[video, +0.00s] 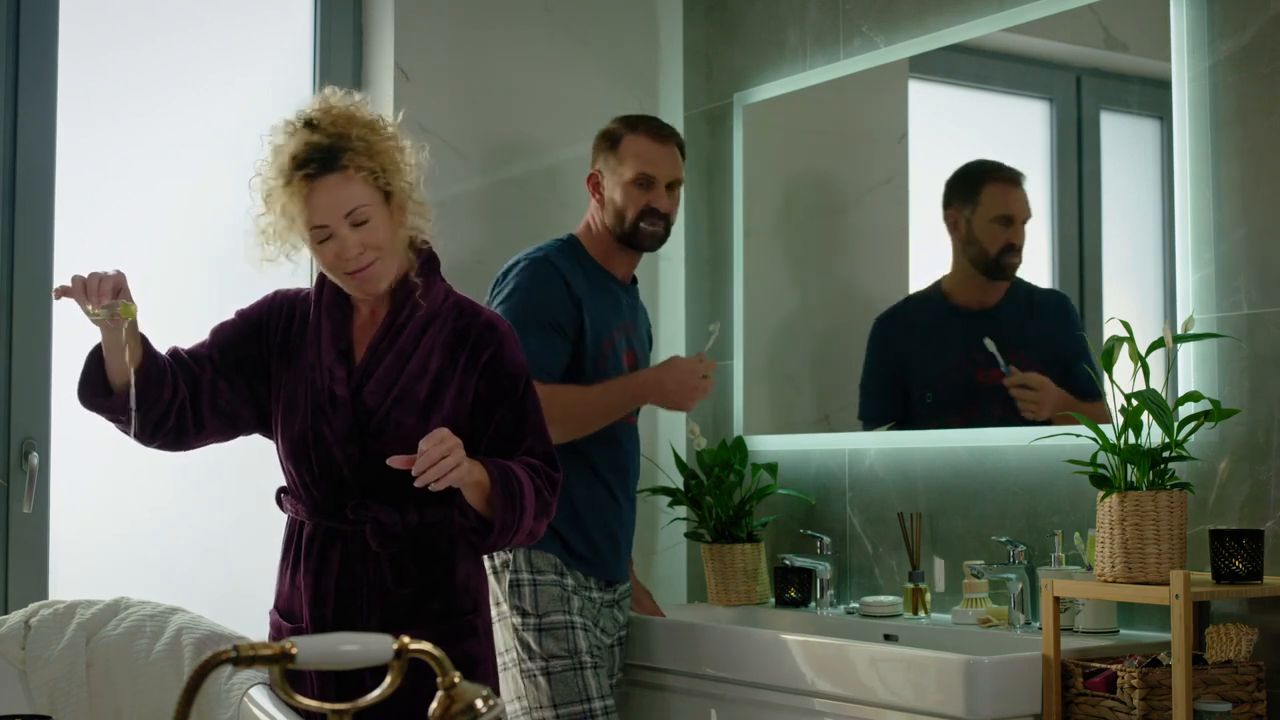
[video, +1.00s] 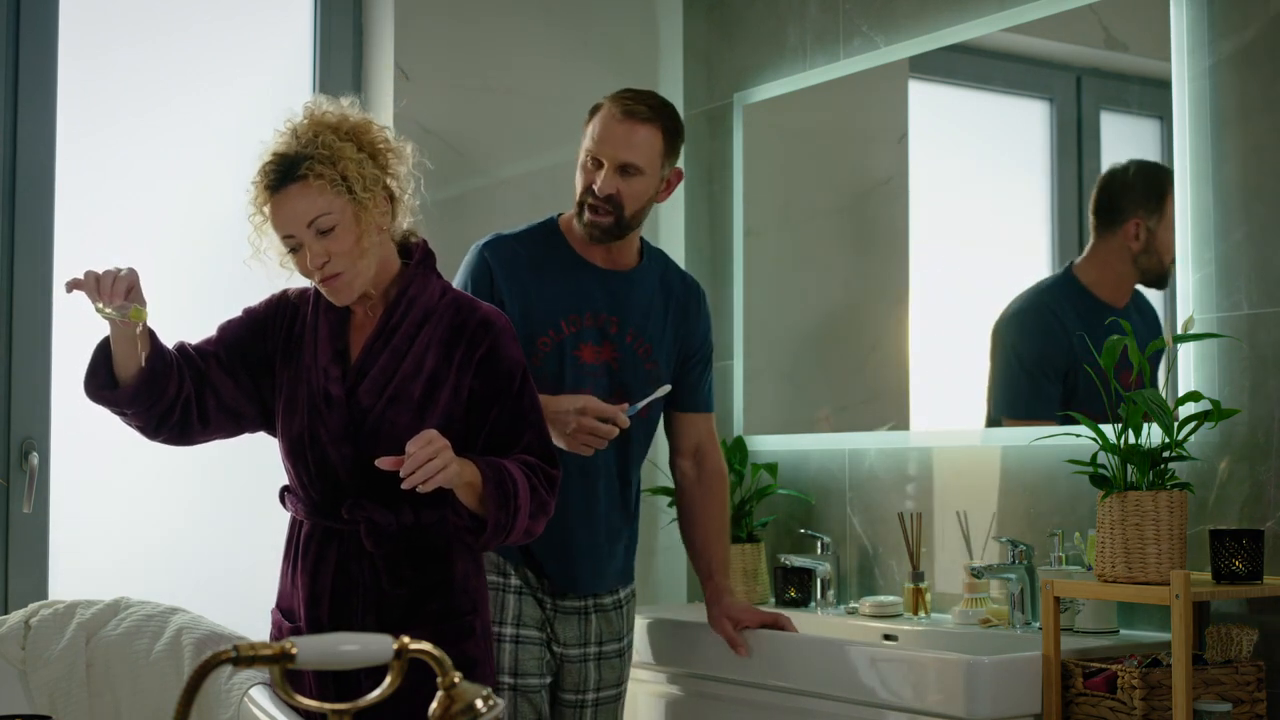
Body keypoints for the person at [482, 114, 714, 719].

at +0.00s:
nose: (660, 203)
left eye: (672, 187)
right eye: (642, 183)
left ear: (681, 193)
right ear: (597, 185)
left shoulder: (630, 304)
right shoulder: (539, 279)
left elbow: (603, 461)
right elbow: (514, 413)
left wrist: (626, 579)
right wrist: (646, 387)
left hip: (601, 577)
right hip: (541, 567)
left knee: (587, 708)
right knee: (570, 710)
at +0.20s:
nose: (641, 189)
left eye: (658, 175)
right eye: (624, 170)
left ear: (673, 186)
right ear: (588, 176)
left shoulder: (640, 300)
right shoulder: (526, 278)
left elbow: (608, 448)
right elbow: (497, 420)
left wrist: (622, 564)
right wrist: (623, 401)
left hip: (604, 573)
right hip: (535, 566)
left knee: (598, 709)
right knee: (556, 712)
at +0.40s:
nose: (621, 181)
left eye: (642, 168)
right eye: (608, 162)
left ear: (670, 184)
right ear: (584, 166)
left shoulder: (656, 296)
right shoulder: (516, 272)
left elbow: (637, 441)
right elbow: (485, 422)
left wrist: (642, 560)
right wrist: (603, 406)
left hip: (607, 574)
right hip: (526, 567)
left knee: (601, 711)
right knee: (546, 712)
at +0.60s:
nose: (613, 178)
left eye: (636, 164)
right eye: (601, 156)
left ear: (668, 178)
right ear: (579, 156)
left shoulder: (668, 295)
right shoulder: (508, 265)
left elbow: (682, 441)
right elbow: (469, 413)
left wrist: (710, 563)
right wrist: (573, 404)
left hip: (604, 566)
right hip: (513, 556)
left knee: (594, 712)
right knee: (523, 714)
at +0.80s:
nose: (605, 178)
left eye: (629, 163)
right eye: (596, 156)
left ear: (665, 178)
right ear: (578, 152)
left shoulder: (677, 297)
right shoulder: (501, 264)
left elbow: (697, 447)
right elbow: (454, 397)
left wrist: (737, 569)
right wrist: (549, 407)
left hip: (605, 572)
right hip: (505, 561)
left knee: (592, 711)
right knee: (508, 713)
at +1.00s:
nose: (601, 187)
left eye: (627, 173)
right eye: (593, 163)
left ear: (667, 183)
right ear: (578, 155)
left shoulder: (679, 300)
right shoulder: (499, 265)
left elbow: (697, 456)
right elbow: (447, 400)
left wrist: (719, 592)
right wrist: (538, 413)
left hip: (602, 574)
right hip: (499, 561)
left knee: (592, 709)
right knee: (503, 712)